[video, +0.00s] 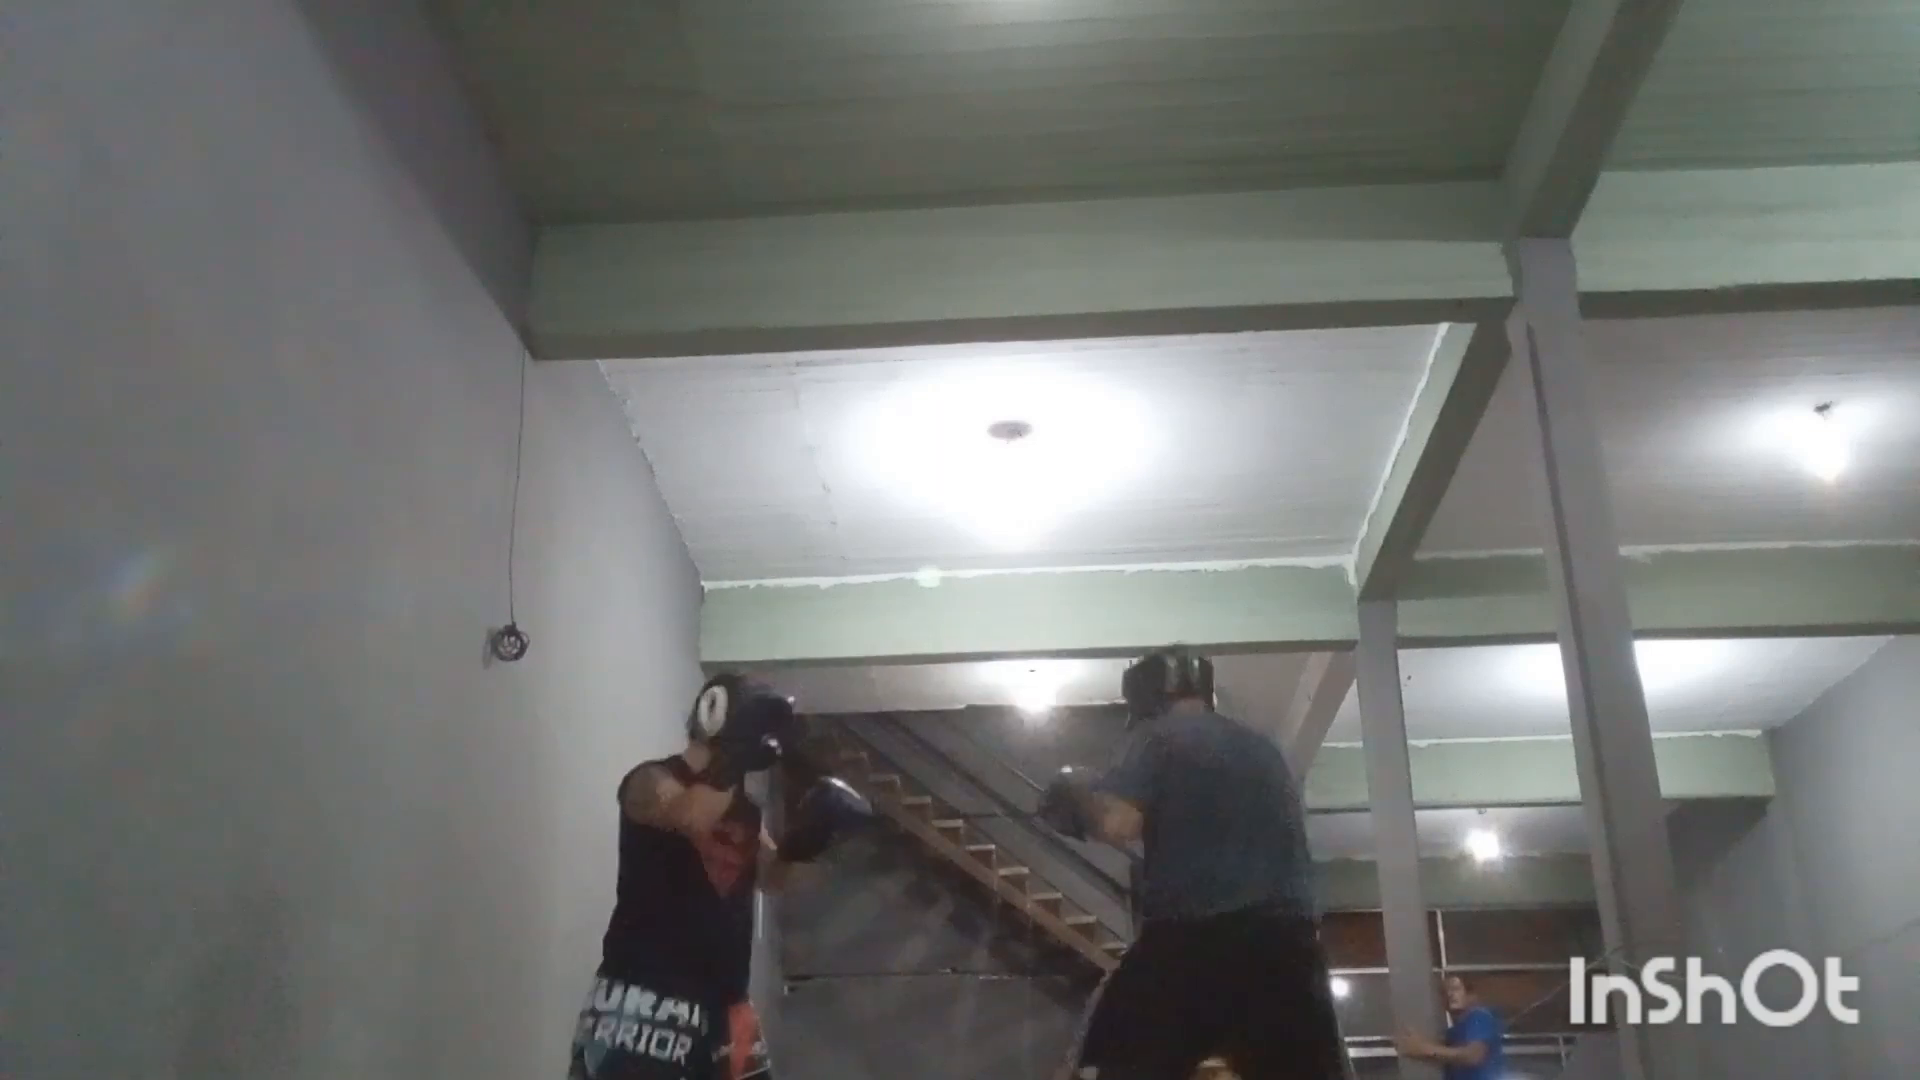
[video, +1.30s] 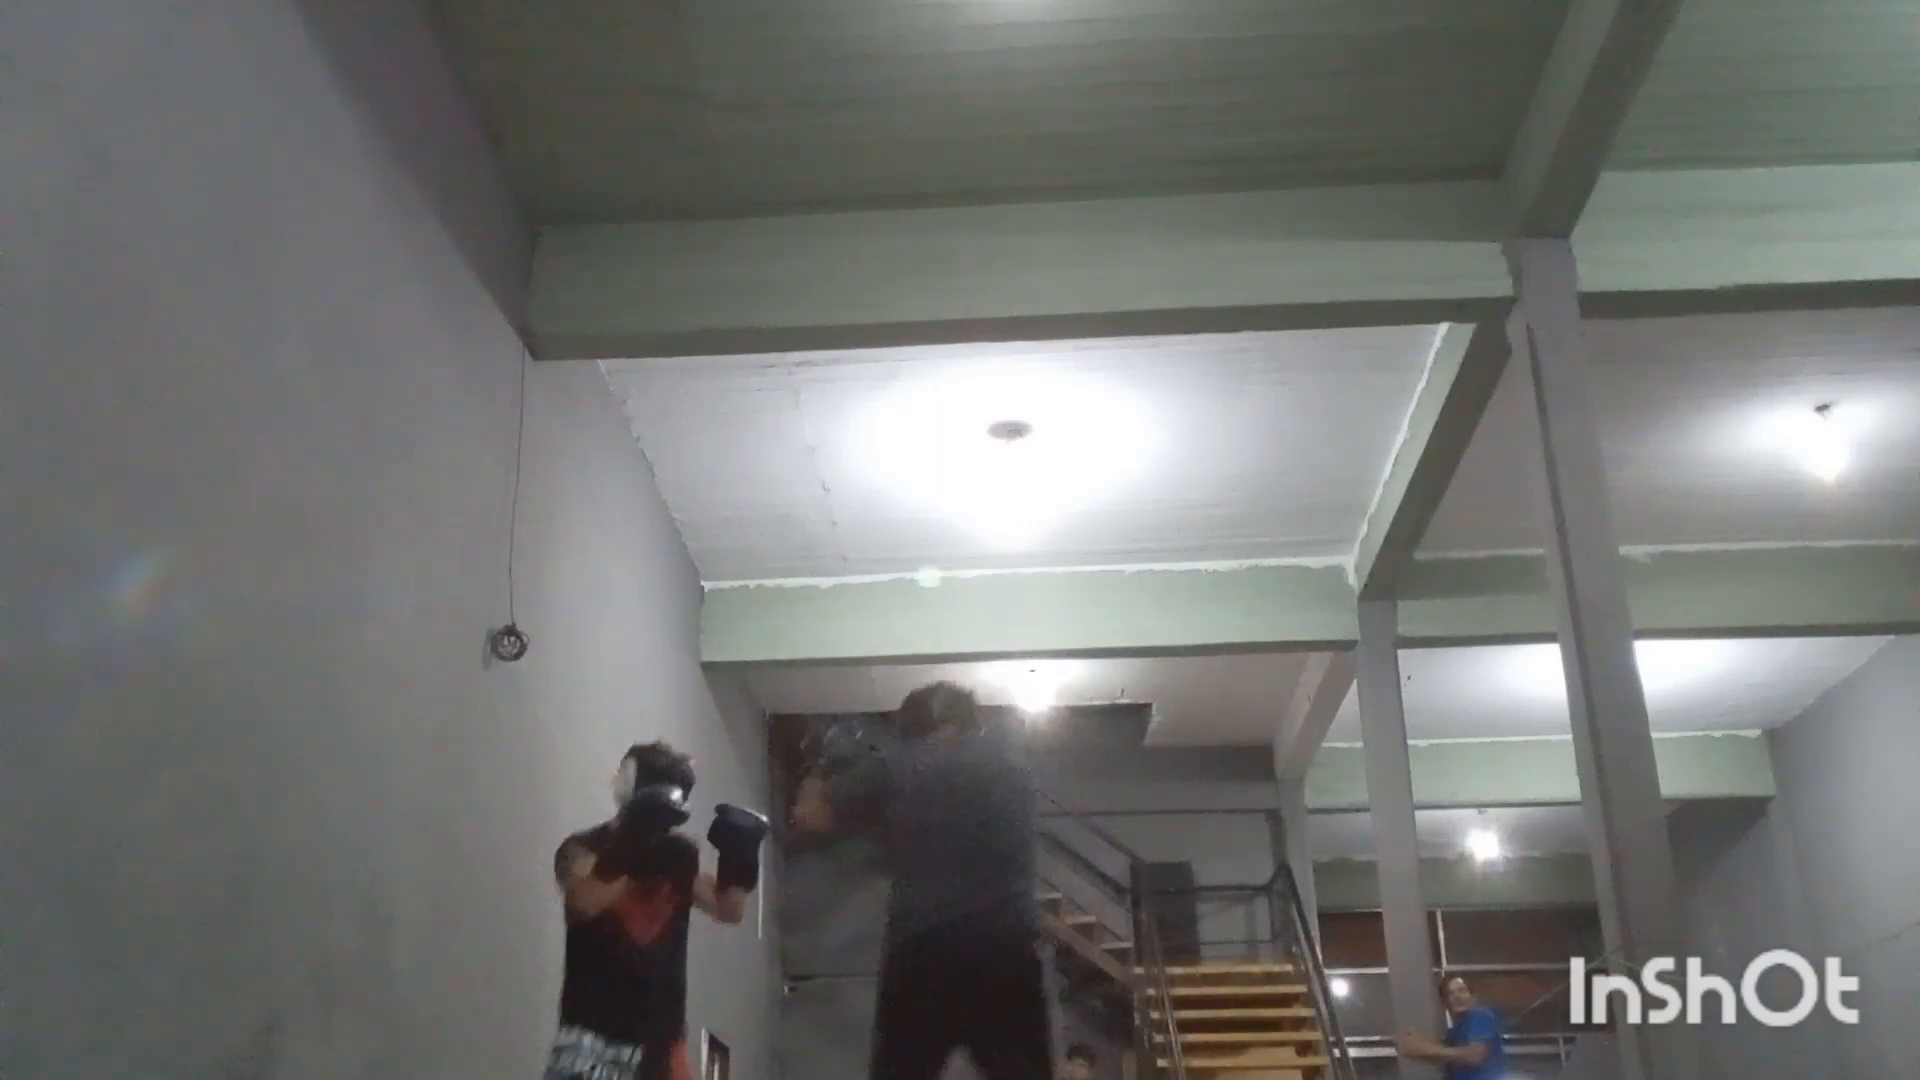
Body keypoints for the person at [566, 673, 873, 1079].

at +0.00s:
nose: (757, 735)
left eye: (765, 723)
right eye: (750, 721)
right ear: (716, 716)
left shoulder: (745, 810)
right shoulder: (648, 781)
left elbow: (773, 878)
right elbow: (691, 819)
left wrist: (809, 840)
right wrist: (735, 755)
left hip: (716, 1010)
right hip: (641, 1009)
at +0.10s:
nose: (734, 751)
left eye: (736, 741)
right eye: (724, 736)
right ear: (692, 732)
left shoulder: (724, 819)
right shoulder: (628, 803)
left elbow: (755, 885)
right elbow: (674, 840)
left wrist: (797, 834)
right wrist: (713, 774)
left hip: (714, 1021)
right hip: (637, 1022)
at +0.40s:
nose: (718, 766)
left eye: (724, 755)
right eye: (709, 752)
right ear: (677, 744)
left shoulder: (727, 815)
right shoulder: (614, 812)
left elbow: (793, 858)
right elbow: (646, 853)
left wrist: (800, 791)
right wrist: (689, 784)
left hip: (707, 1021)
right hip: (625, 1020)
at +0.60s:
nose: (714, 789)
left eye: (721, 777)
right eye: (705, 775)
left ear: (727, 784)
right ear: (672, 771)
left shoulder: (723, 843)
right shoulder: (614, 838)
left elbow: (787, 882)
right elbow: (653, 881)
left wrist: (794, 818)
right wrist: (691, 814)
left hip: (698, 1040)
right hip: (616, 1040)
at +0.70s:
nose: (697, 792)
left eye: (702, 780)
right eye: (687, 780)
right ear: (651, 780)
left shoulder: (698, 852)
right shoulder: (592, 842)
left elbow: (746, 916)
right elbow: (621, 889)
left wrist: (769, 872)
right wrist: (665, 819)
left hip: (679, 1044)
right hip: (599, 1042)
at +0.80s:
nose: (665, 808)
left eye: (673, 799)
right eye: (656, 796)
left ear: (676, 808)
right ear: (622, 790)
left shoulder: (667, 862)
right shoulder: (567, 854)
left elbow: (694, 934)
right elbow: (590, 893)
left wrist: (732, 905)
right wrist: (632, 832)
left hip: (655, 1054)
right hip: (577, 1053)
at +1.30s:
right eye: (650, 794)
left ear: (678, 802)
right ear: (626, 788)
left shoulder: (676, 855)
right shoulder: (583, 848)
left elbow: (729, 911)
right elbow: (584, 903)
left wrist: (741, 852)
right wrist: (635, 839)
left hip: (661, 1042)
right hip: (591, 1036)